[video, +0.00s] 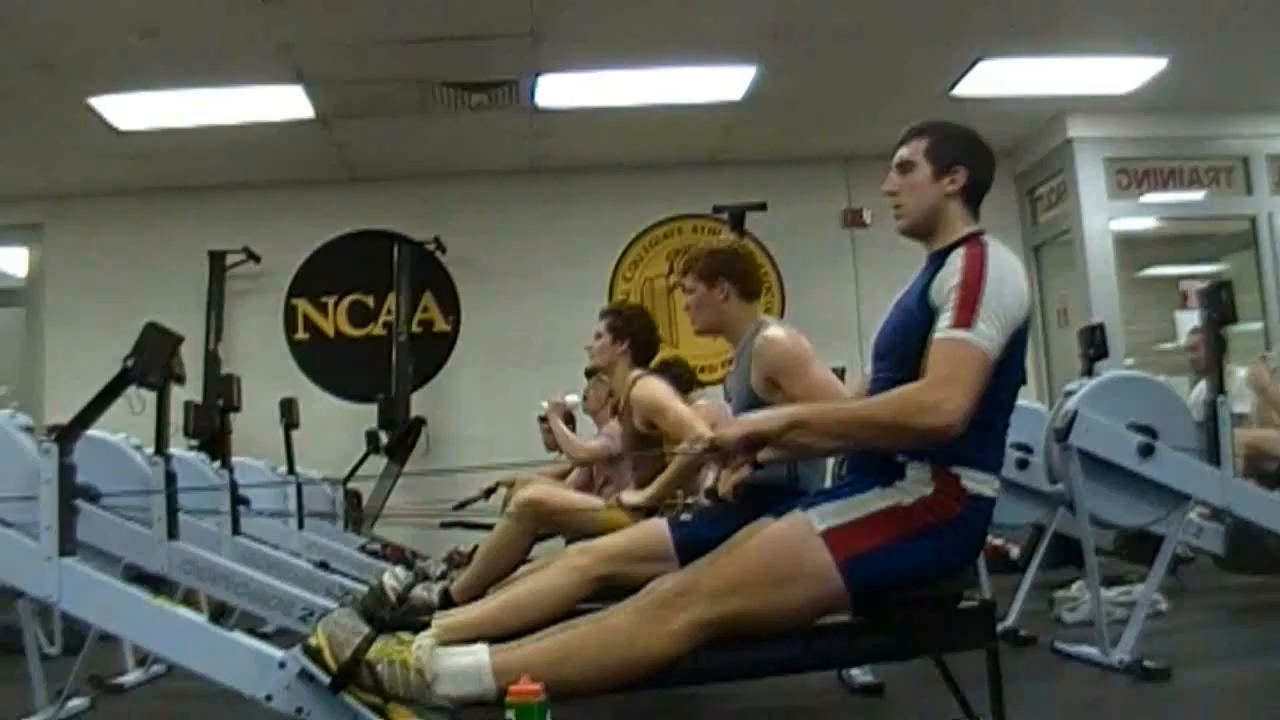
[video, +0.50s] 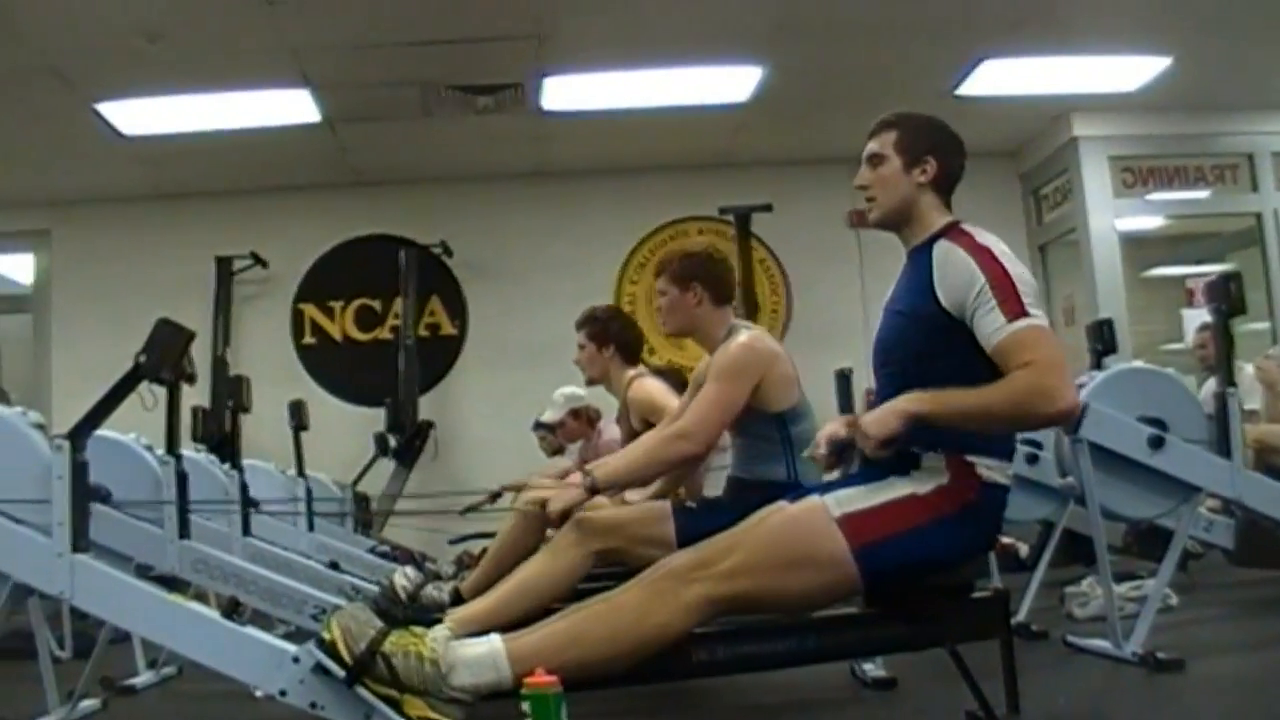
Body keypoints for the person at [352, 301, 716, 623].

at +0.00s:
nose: (590, 345)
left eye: (599, 337)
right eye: (593, 336)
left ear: (623, 347)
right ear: (620, 349)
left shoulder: (645, 391)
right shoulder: (628, 396)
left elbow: (701, 441)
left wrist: (648, 497)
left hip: (655, 517)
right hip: (640, 508)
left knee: (534, 501)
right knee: (527, 493)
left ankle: (453, 598)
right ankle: (461, 583)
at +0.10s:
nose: (599, 332)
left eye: (607, 323)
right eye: (601, 323)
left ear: (631, 331)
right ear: (627, 332)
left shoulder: (655, 377)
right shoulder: (636, 381)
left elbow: (710, 427)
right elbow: (658, 444)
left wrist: (657, 482)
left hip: (658, 501)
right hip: (641, 493)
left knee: (540, 486)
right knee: (533, 481)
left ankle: (462, 584)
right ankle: (469, 572)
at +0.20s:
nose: (588, 330)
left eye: (596, 322)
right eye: (590, 321)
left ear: (620, 328)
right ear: (617, 329)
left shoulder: (647, 374)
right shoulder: (632, 380)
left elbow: (706, 425)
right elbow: (643, 450)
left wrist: (657, 469)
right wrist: (627, 471)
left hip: (655, 498)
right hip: (638, 491)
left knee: (530, 483)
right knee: (526, 481)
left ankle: (454, 581)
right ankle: (462, 573)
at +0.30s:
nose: (575, 338)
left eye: (582, 329)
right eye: (576, 329)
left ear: (607, 333)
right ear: (607, 335)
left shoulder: (634, 379)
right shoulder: (622, 383)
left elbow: (692, 428)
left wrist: (642, 460)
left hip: (644, 509)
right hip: (627, 500)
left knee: (517, 489)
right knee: (517, 483)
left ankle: (446, 585)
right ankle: (451, 578)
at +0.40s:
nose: (569, 348)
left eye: (576, 339)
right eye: (571, 339)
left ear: (601, 342)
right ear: (600, 342)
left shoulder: (632, 385)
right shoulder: (619, 390)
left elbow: (683, 428)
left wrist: (635, 485)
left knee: (521, 495)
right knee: (518, 486)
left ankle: (449, 594)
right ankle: (454, 581)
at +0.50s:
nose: (577, 358)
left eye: (583, 349)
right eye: (577, 349)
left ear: (608, 350)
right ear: (608, 351)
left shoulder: (643, 391)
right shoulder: (630, 398)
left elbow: (690, 444)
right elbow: (636, 459)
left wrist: (645, 498)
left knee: (534, 504)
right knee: (531, 498)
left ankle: (464, 596)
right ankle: (465, 587)